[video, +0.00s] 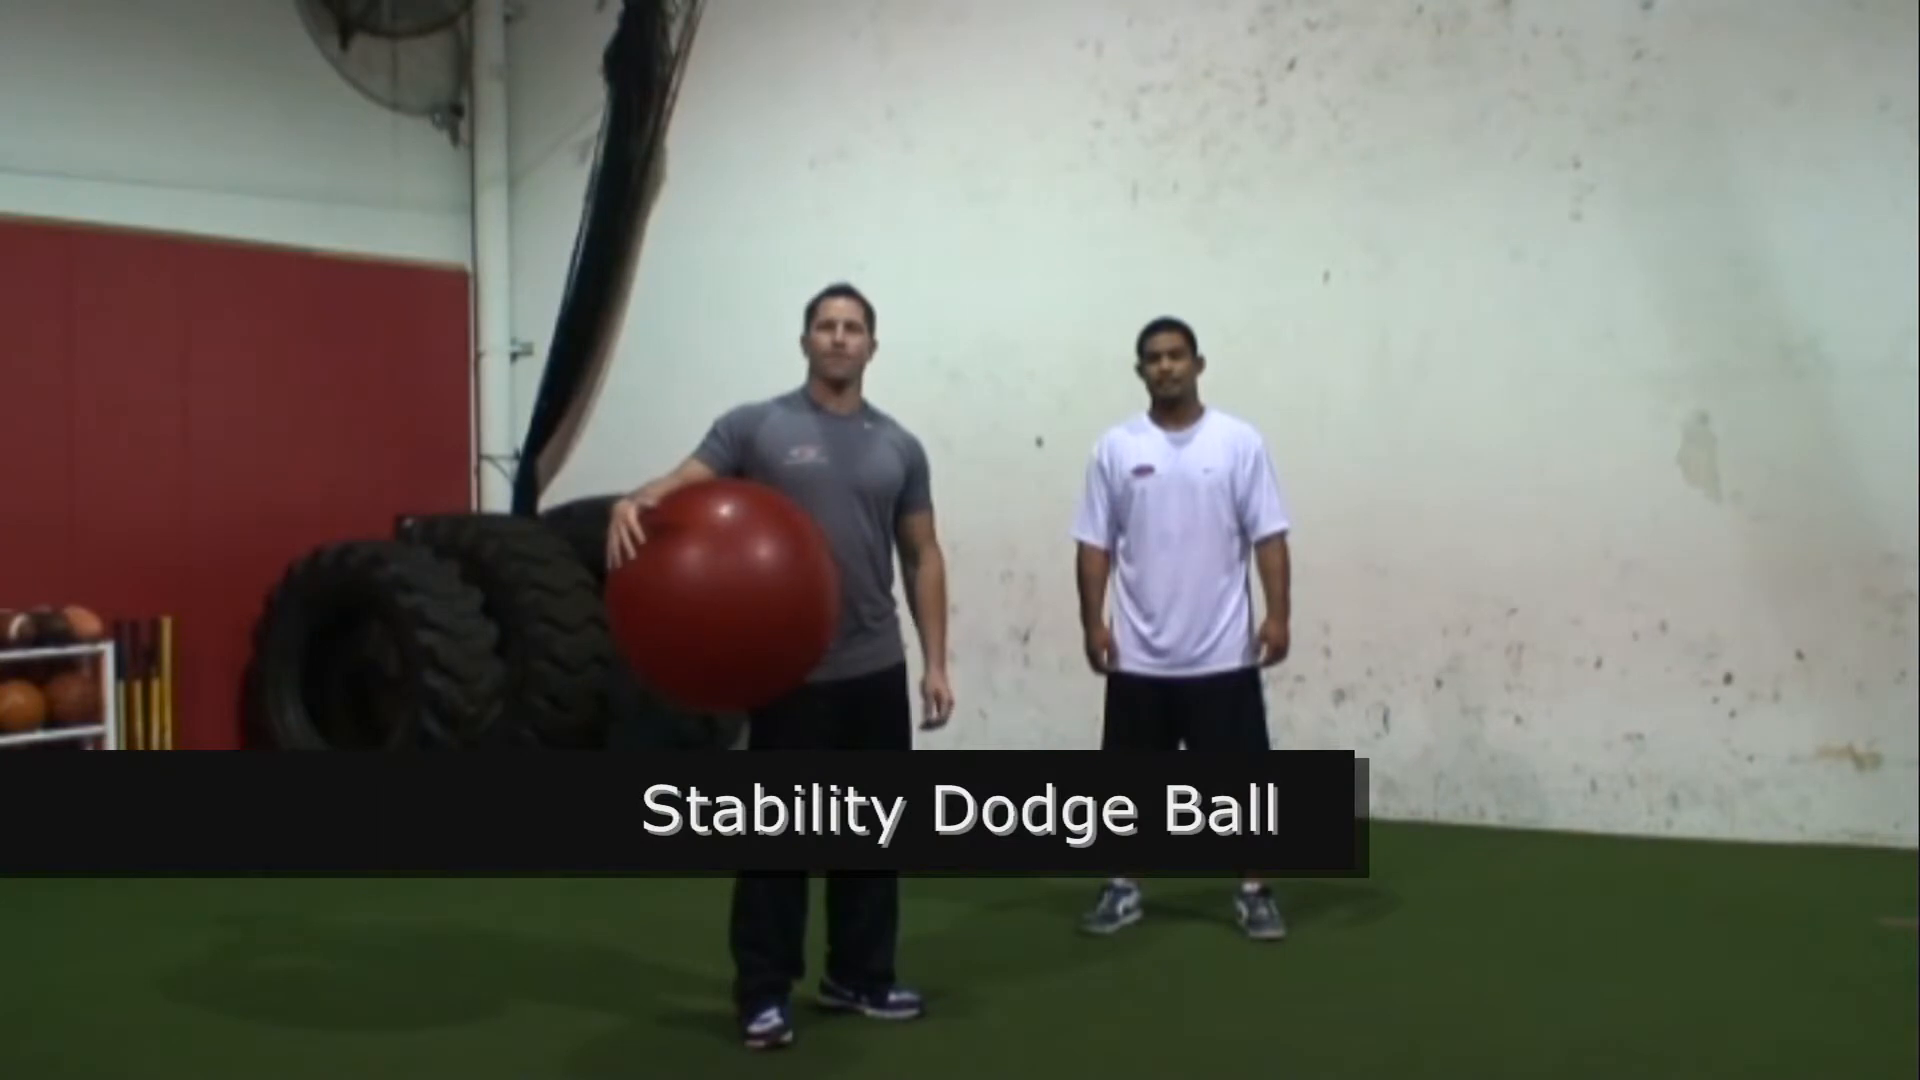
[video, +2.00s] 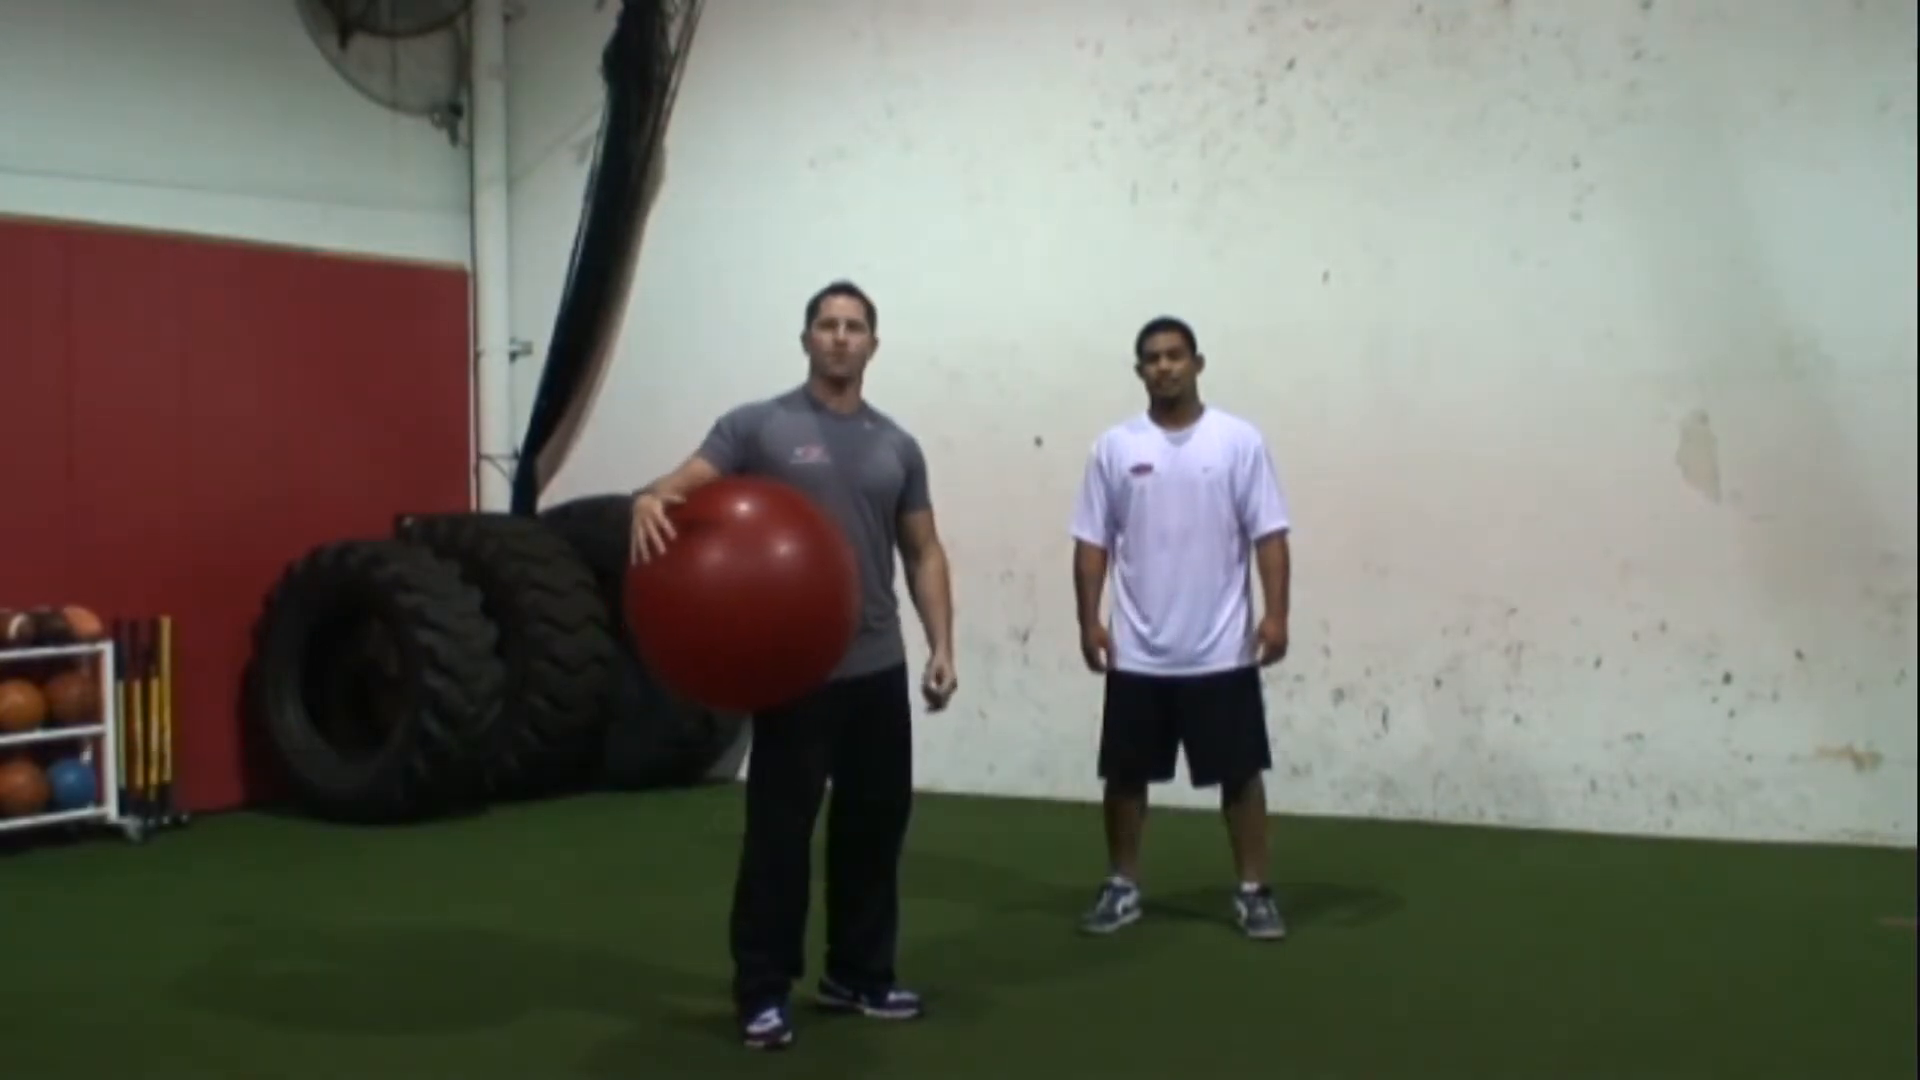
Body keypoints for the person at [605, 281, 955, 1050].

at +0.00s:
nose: (839, 337)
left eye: (853, 327)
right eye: (827, 326)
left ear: (872, 345)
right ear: (804, 341)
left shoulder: (899, 447)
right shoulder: (754, 426)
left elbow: (923, 554)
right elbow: (681, 484)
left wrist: (936, 661)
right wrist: (630, 504)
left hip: (874, 669)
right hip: (785, 674)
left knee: (873, 833)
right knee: (777, 835)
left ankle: (860, 976)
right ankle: (765, 994)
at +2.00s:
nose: (841, 337)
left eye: (854, 326)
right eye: (828, 325)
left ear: (874, 343)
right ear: (806, 339)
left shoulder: (897, 447)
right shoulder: (757, 425)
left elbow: (923, 549)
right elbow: (687, 481)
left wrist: (941, 644)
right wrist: (648, 499)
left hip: (877, 669)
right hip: (789, 670)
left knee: (874, 827)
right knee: (779, 834)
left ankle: (860, 975)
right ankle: (764, 993)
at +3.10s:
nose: (849, 338)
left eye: (862, 328)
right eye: (836, 326)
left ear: (880, 344)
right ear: (812, 338)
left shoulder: (895, 449)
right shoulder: (763, 423)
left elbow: (915, 554)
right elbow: (691, 481)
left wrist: (936, 647)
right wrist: (664, 497)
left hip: (878, 670)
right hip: (793, 671)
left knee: (873, 829)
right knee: (782, 836)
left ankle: (859, 975)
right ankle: (764, 994)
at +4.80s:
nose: (837, 338)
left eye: (850, 328)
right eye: (824, 327)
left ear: (870, 343)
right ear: (802, 341)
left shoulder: (897, 444)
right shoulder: (758, 425)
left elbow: (931, 540)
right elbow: (686, 488)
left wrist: (902, 563)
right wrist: (653, 510)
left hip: (876, 672)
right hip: (790, 670)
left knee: (875, 827)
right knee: (780, 833)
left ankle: (860, 975)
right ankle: (764, 994)